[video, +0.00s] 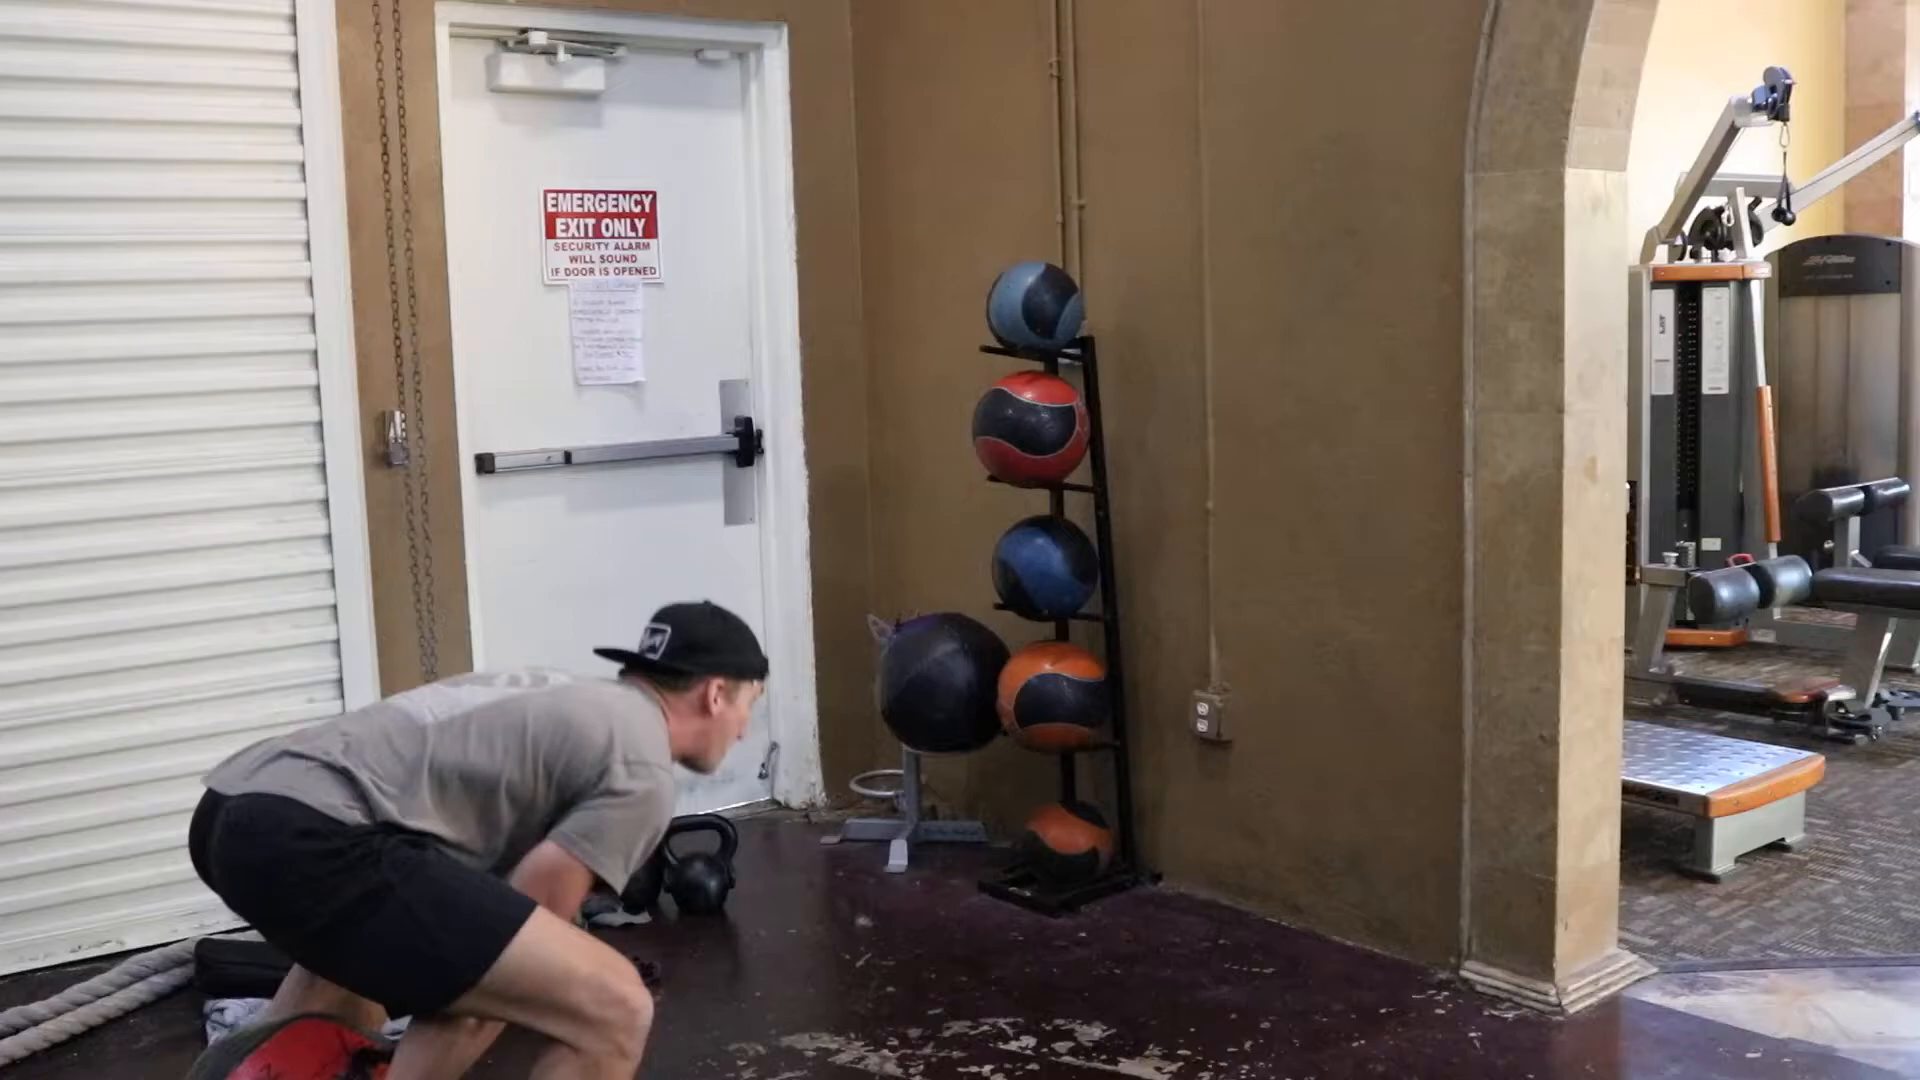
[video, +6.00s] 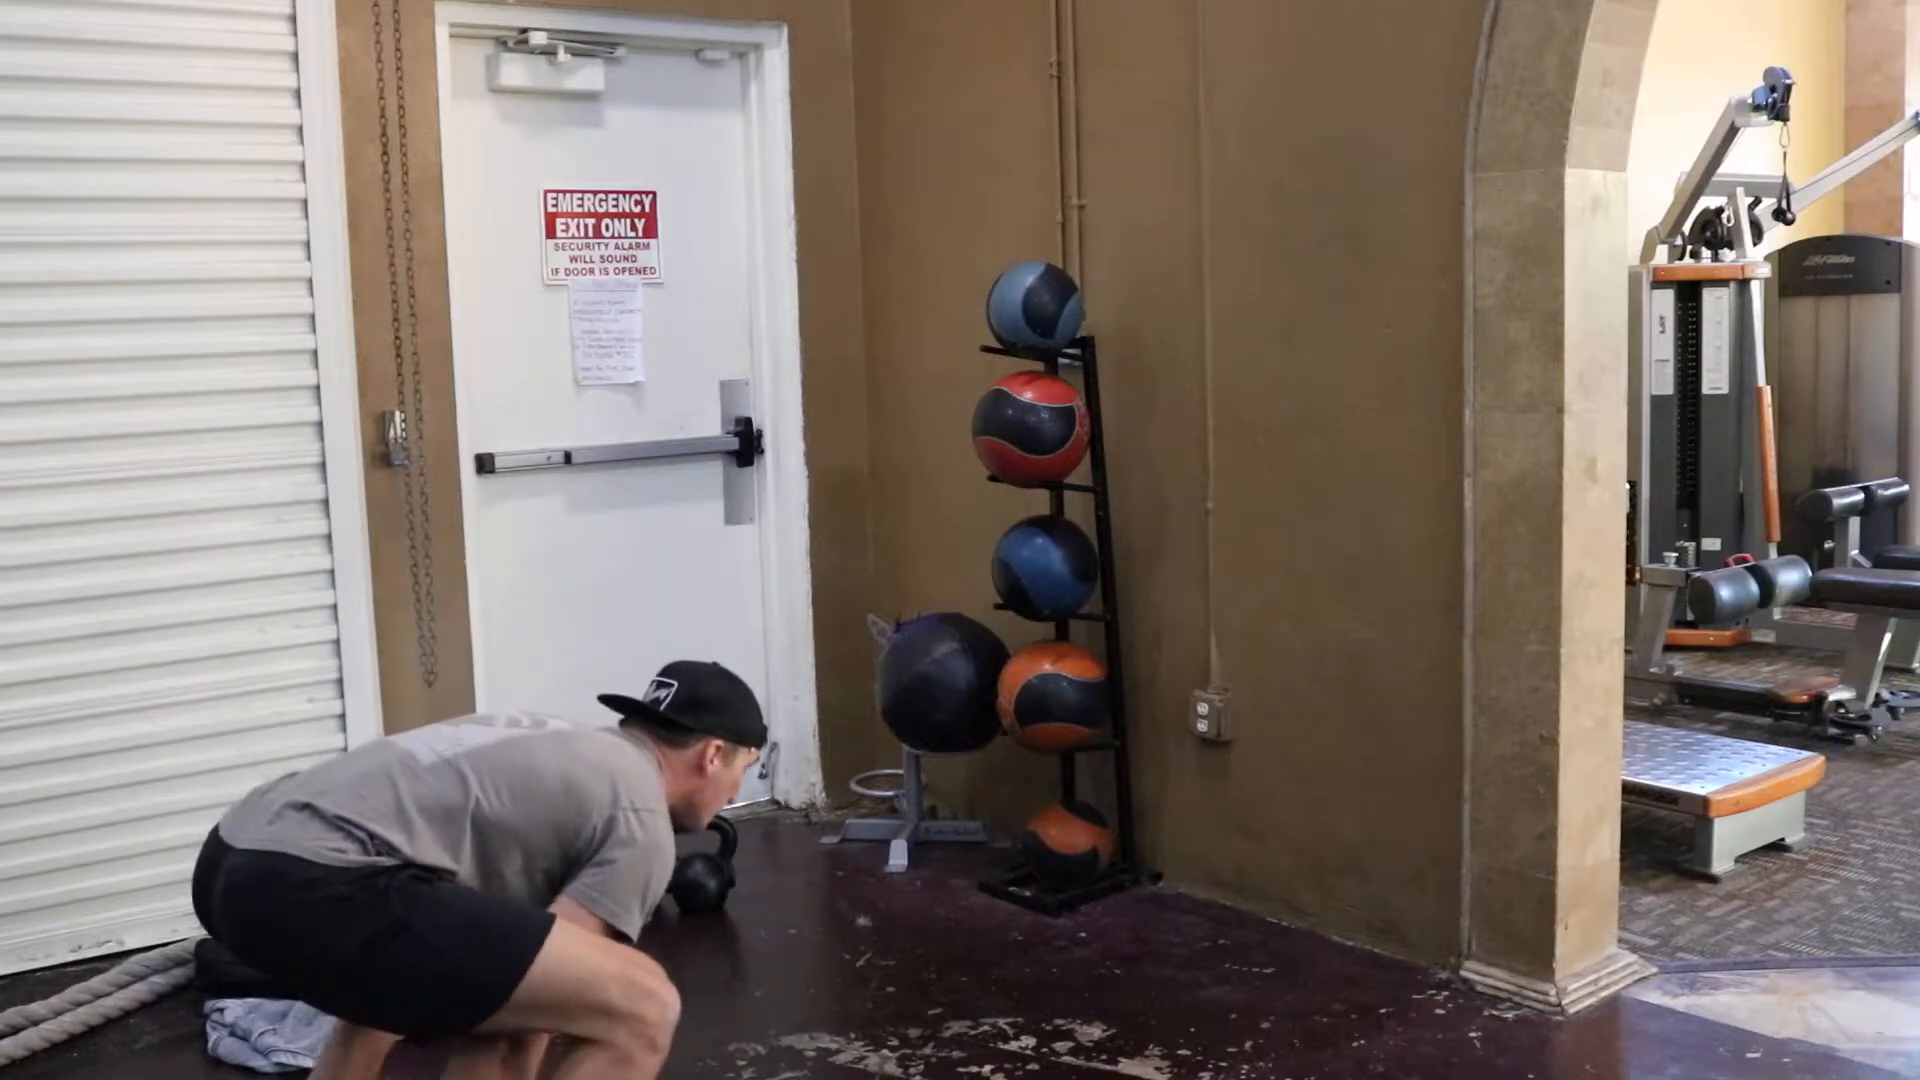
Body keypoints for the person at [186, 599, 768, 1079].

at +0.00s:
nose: (744, 730)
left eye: (749, 710)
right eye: (746, 708)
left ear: (648, 673)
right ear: (711, 697)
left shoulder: (558, 694)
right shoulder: (644, 766)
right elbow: (527, 913)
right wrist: (458, 1044)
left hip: (226, 817)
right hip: (315, 837)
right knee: (615, 1008)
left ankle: (259, 1050)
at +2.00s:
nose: (686, 585)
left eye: (695, 561)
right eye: (688, 557)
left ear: (580, 520)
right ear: (645, 537)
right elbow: (607, 886)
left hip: (190, 786)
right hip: (291, 811)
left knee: (388, 880)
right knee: (589, 997)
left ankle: (345, 1066)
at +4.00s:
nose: (535, 205)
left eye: (541, 187)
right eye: (533, 184)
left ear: (427, 168)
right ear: (484, 170)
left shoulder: (335, 262)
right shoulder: (456, 264)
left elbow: (506, 244)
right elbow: (694, 259)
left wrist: (642, 205)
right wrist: (830, 176)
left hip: (373, 642)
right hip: (472, 653)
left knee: (395, 910)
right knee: (510, 962)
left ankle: (355, 1074)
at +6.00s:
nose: (738, 793)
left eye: (747, 773)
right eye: (745, 770)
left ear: (650, 725)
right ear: (711, 757)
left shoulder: (561, 744)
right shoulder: (644, 821)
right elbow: (529, 1017)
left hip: (229, 868)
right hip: (325, 891)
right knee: (643, 1008)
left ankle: (339, 1070)